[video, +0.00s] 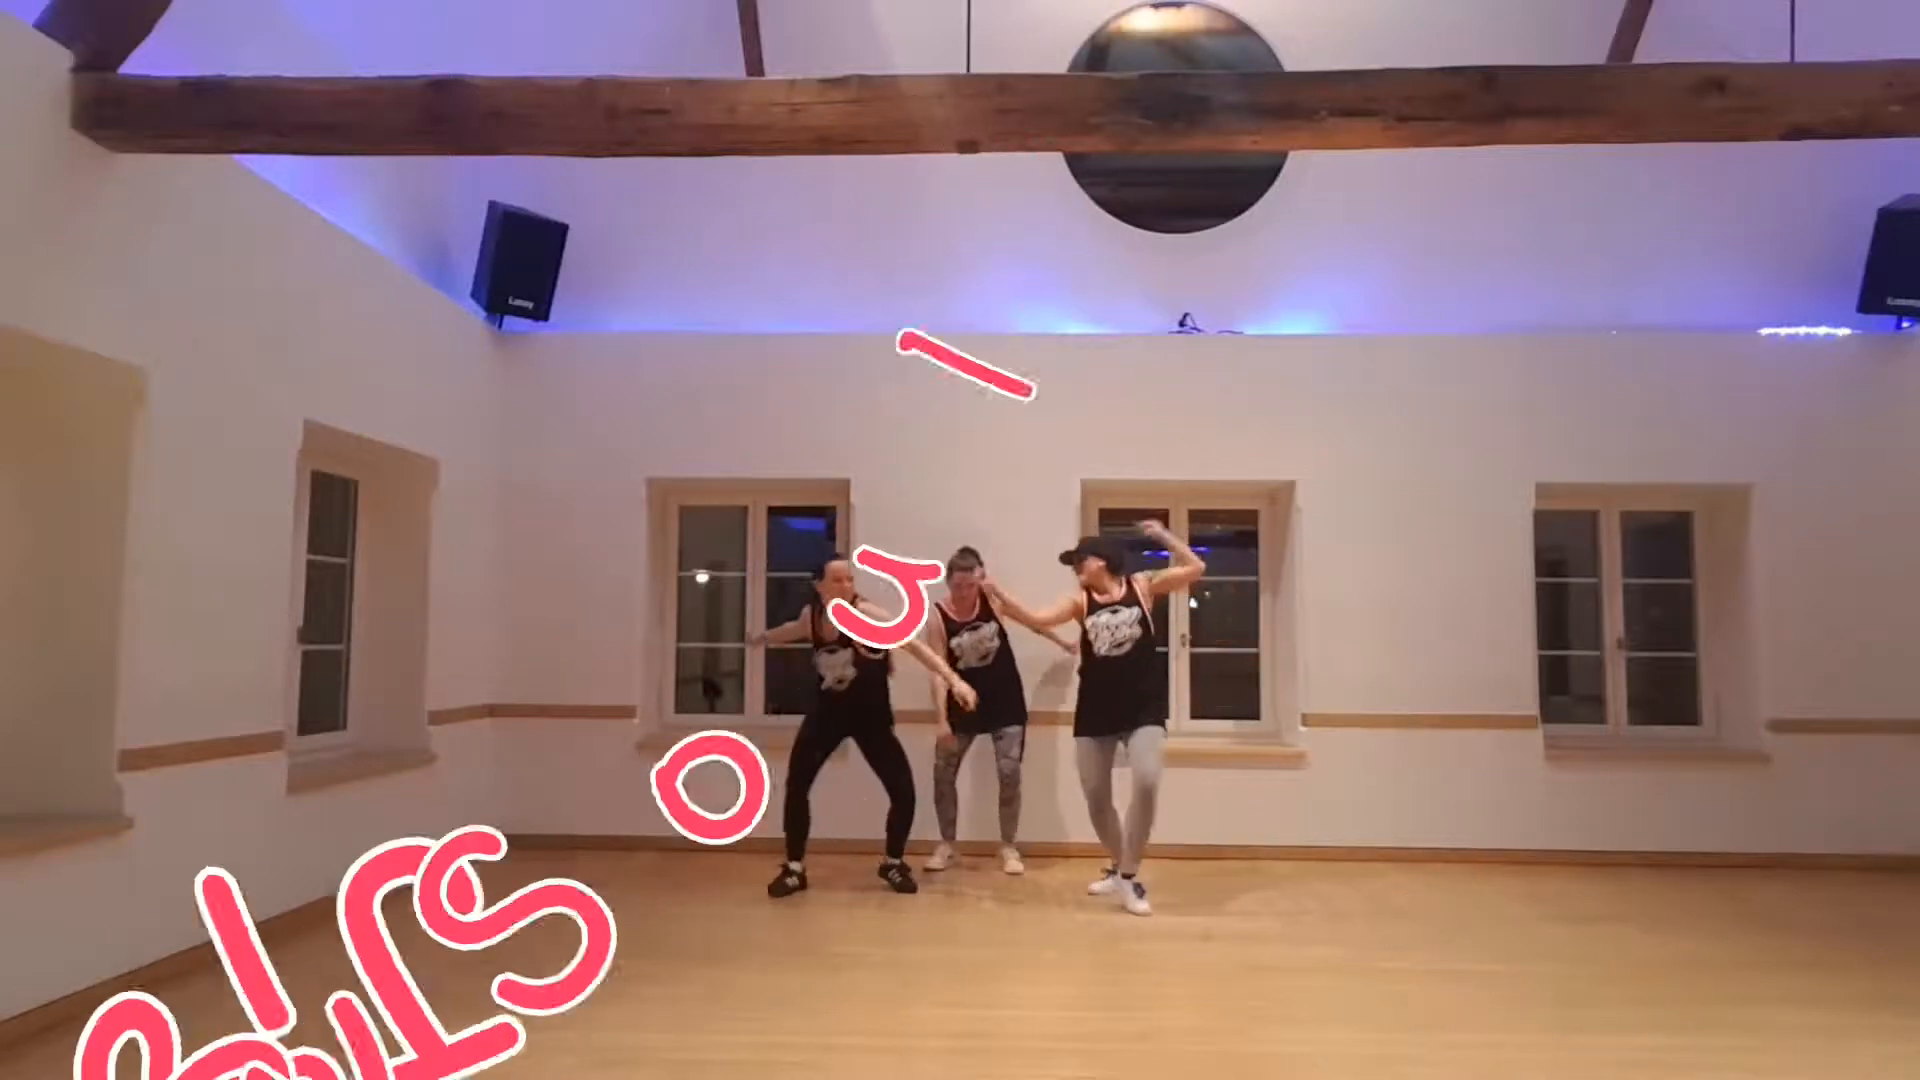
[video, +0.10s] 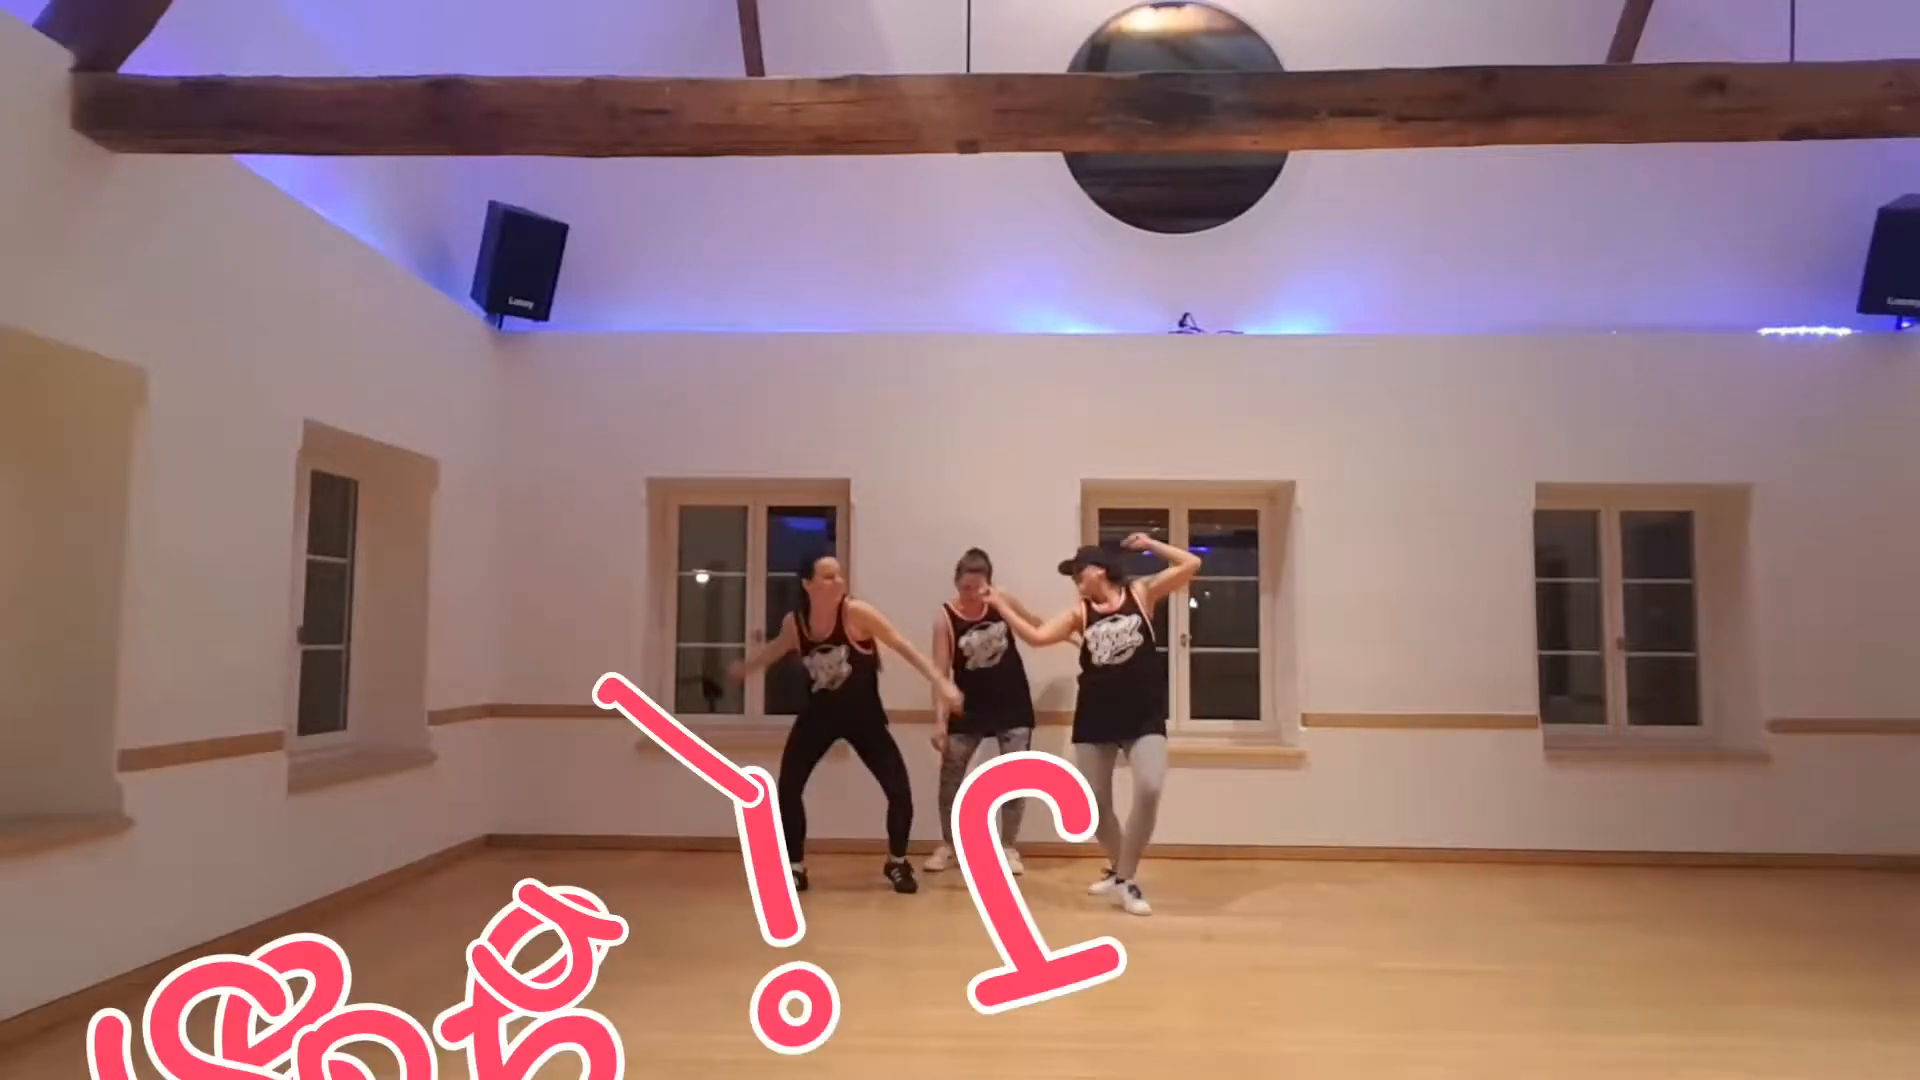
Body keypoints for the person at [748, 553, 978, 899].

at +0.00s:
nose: (844, 586)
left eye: (849, 579)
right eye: (837, 579)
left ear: (855, 583)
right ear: (820, 585)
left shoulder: (870, 614)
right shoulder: (812, 617)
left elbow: (913, 646)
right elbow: (794, 631)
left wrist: (954, 680)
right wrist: (763, 638)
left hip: (870, 719)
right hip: (826, 719)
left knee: (904, 793)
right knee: (796, 786)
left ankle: (893, 863)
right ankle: (794, 868)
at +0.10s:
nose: (838, 581)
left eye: (839, 575)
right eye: (829, 577)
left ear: (845, 581)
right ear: (808, 586)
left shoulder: (859, 614)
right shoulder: (795, 623)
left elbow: (904, 649)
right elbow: (776, 650)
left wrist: (941, 683)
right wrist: (747, 667)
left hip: (862, 717)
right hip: (817, 718)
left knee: (899, 790)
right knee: (788, 788)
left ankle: (897, 861)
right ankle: (795, 867)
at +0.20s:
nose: (835, 569)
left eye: (831, 563)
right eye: (826, 565)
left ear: (824, 575)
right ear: (804, 578)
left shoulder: (853, 603)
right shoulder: (785, 622)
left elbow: (890, 649)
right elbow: (766, 669)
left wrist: (917, 690)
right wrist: (745, 709)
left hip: (860, 710)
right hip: (814, 715)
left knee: (891, 787)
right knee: (795, 790)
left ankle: (897, 860)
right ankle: (796, 865)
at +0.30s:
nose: (827, 549)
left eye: (823, 545)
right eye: (819, 548)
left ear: (817, 569)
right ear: (803, 569)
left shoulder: (844, 590)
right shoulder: (784, 616)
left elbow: (868, 627)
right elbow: (773, 668)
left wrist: (886, 663)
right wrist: (759, 712)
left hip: (859, 701)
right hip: (815, 706)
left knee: (882, 781)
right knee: (802, 784)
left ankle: (893, 857)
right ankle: (796, 868)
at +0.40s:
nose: (831, 557)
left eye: (827, 552)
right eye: (824, 554)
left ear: (818, 568)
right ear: (806, 569)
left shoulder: (832, 589)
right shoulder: (787, 618)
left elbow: (851, 615)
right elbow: (777, 660)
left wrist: (873, 638)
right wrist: (775, 693)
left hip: (858, 697)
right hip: (818, 704)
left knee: (879, 777)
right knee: (809, 787)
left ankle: (884, 857)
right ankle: (799, 864)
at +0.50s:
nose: (835, 559)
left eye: (830, 553)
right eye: (829, 556)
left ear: (815, 571)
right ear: (812, 571)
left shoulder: (831, 594)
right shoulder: (794, 623)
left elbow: (839, 619)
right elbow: (788, 673)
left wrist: (852, 619)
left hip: (854, 695)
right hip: (817, 704)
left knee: (876, 775)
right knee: (820, 787)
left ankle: (875, 860)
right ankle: (801, 868)